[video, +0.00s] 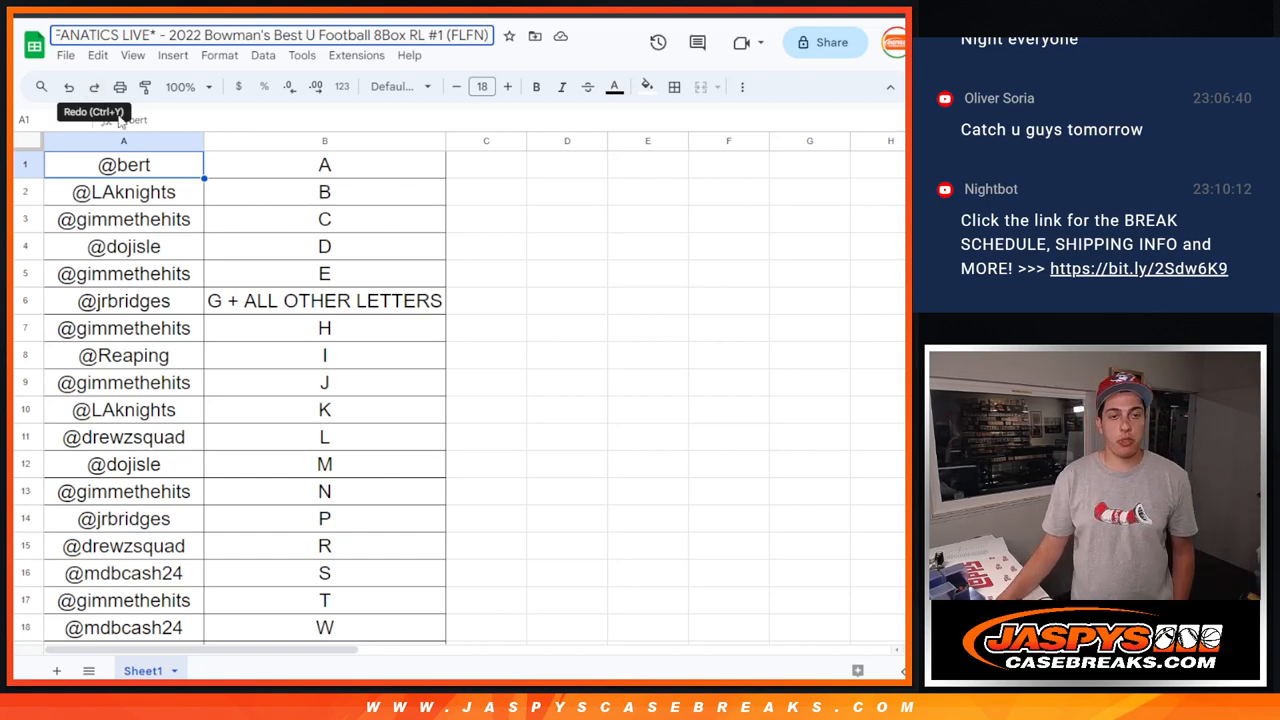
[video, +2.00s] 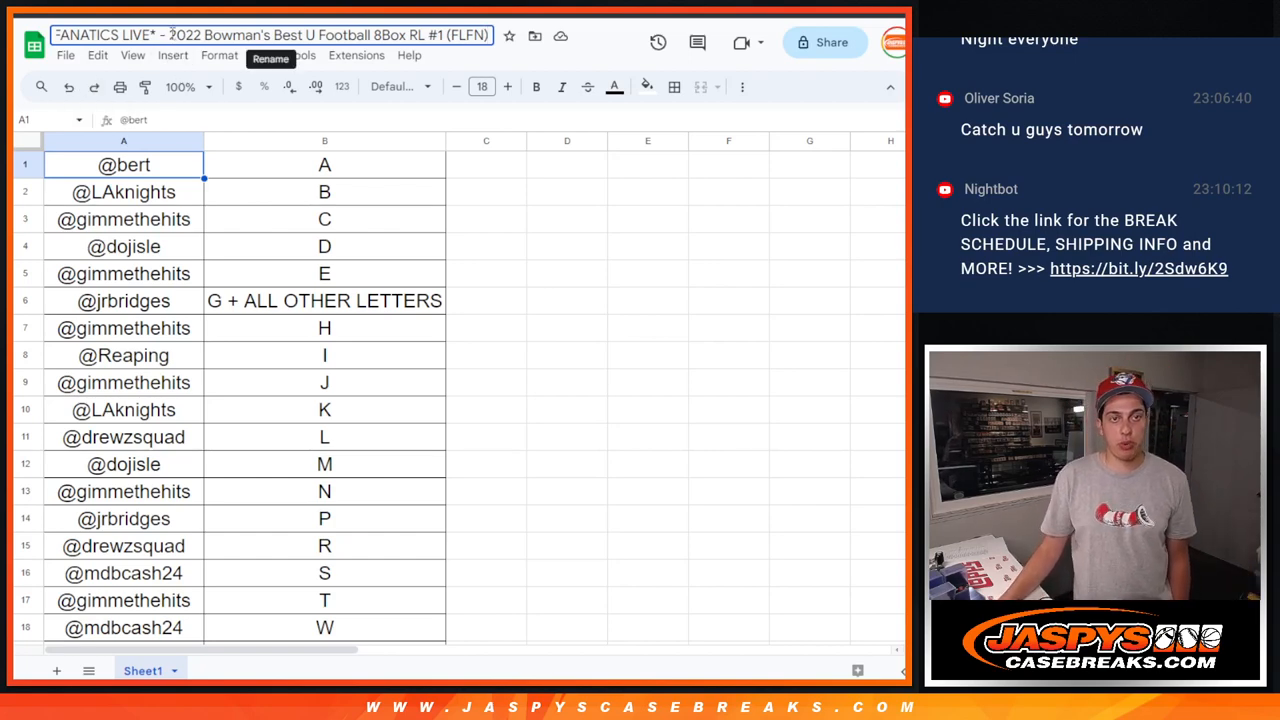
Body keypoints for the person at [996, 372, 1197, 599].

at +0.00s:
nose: (1125, 426)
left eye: (1135, 415)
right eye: (1114, 415)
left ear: (1145, 420)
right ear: (1099, 424)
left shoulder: (1173, 478)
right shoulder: (1073, 477)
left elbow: (1183, 551)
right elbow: (1050, 548)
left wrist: (1179, 604)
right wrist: (1006, 598)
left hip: (1153, 603)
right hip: (1089, 607)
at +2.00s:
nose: (1126, 429)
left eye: (1136, 416)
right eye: (1114, 418)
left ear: (1147, 420)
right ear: (1100, 425)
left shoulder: (1173, 480)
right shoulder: (1073, 477)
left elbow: (1179, 555)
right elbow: (1049, 550)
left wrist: (1179, 608)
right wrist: (1005, 601)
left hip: (1153, 607)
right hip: (1090, 607)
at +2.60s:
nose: (1127, 427)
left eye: (1136, 415)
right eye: (1115, 416)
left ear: (1149, 421)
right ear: (1100, 424)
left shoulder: (1174, 481)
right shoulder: (1073, 476)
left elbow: (1179, 557)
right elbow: (1050, 550)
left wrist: (1180, 611)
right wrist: (1005, 601)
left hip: (1152, 607)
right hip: (1090, 607)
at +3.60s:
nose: (1127, 428)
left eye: (1137, 415)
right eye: (1115, 417)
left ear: (1149, 421)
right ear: (1101, 425)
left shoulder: (1175, 481)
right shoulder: (1073, 476)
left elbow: (1179, 557)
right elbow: (1051, 549)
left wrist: (1180, 611)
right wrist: (1007, 599)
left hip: (1153, 607)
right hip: (1090, 607)